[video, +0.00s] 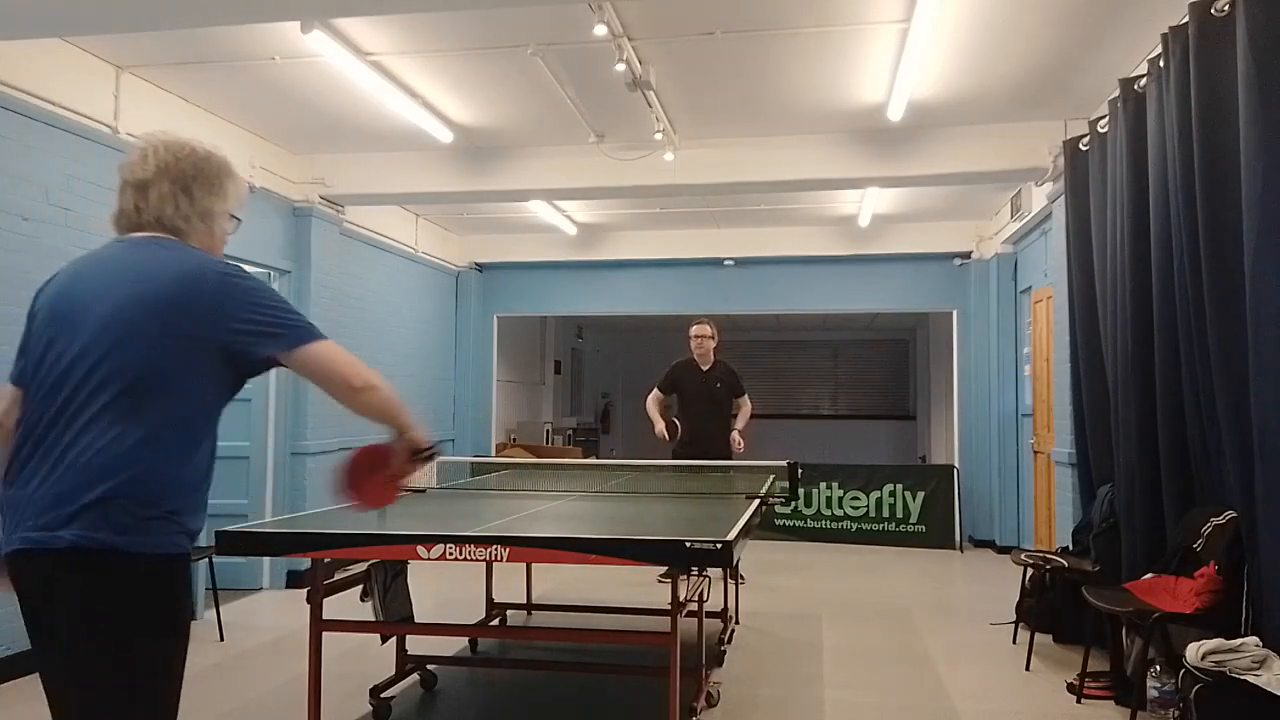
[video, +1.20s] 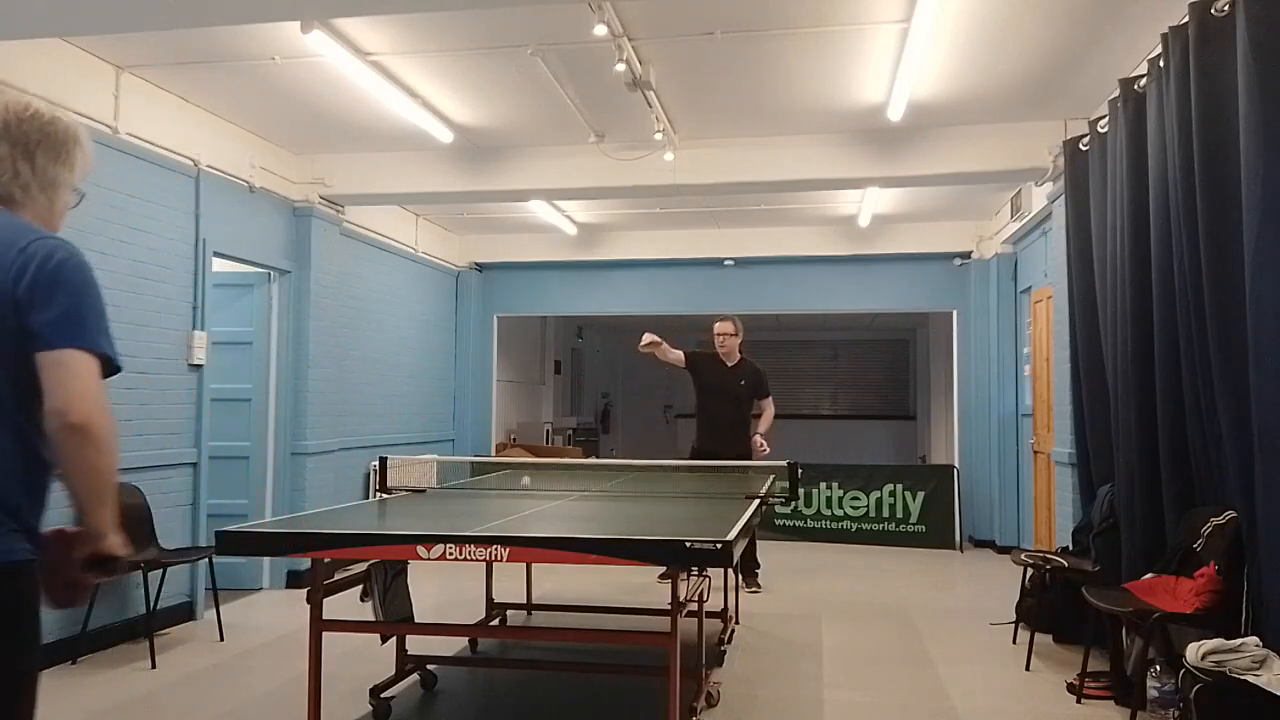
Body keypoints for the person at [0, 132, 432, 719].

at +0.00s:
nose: (232, 236)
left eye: (235, 222)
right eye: (230, 220)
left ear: (138, 205)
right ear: (199, 212)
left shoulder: (61, 285)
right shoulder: (215, 284)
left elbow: (9, 418)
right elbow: (357, 384)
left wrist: (9, 529)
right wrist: (409, 430)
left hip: (35, 551)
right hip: (131, 552)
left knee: (77, 708)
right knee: (140, 707)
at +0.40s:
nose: (204, 221)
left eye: (205, 206)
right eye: (201, 204)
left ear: (101, 196)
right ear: (171, 199)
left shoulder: (31, 282)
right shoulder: (191, 271)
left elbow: (6, 418)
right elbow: (297, 398)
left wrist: (12, 541)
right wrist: (361, 437)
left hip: (30, 548)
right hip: (137, 548)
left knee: (67, 707)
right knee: (142, 707)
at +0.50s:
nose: (183, 213)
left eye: (186, 198)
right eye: (181, 197)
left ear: (75, 192)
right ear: (155, 195)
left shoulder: (15, 277)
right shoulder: (172, 274)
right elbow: (263, 417)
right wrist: (319, 469)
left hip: (13, 561)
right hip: (118, 564)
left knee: (50, 707)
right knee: (119, 708)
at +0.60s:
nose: (168, 210)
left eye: (170, 195)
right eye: (165, 193)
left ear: (59, 184)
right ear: (134, 189)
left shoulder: (10, 261)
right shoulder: (152, 272)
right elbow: (224, 428)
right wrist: (283, 495)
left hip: (7, 551)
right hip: (93, 561)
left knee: (17, 703)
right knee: (93, 707)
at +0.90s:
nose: (117, 186)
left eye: (119, 170)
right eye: (113, 168)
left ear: (13, 160)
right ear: (79, 166)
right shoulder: (89, 251)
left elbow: (142, 411)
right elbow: (141, 411)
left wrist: (214, 510)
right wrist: (217, 511)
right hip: (41, 560)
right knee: (49, 706)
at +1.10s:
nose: (90, 194)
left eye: (93, 178)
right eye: (88, 176)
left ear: (11, 165)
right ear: (57, 170)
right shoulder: (58, 252)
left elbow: (94, 404)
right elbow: (97, 405)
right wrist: (147, 519)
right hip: (18, 558)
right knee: (26, 703)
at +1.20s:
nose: (75, 207)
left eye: (78, 193)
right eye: (74, 190)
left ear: (12, 175)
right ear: (44, 180)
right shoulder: (45, 260)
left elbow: (67, 412)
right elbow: (73, 413)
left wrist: (40, 546)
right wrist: (101, 531)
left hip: (13, 554)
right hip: (7, 554)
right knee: (13, 704)